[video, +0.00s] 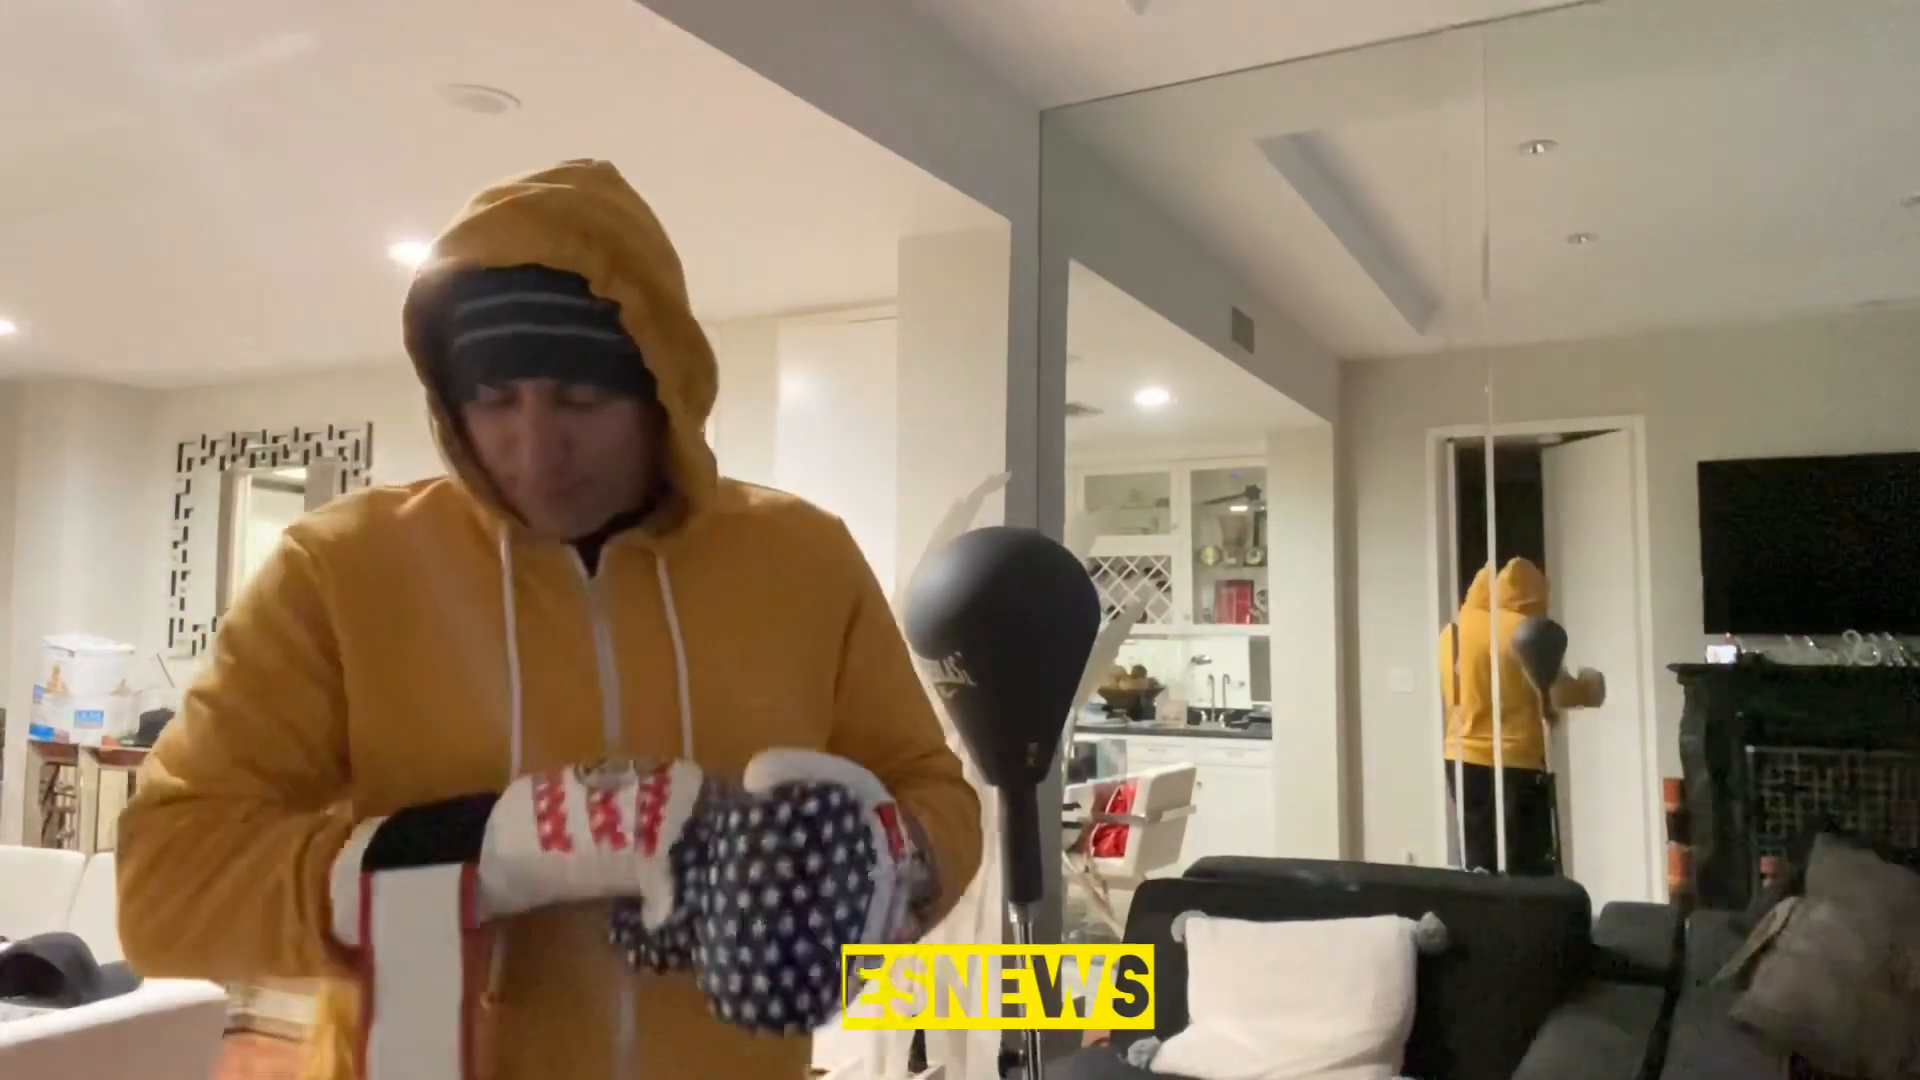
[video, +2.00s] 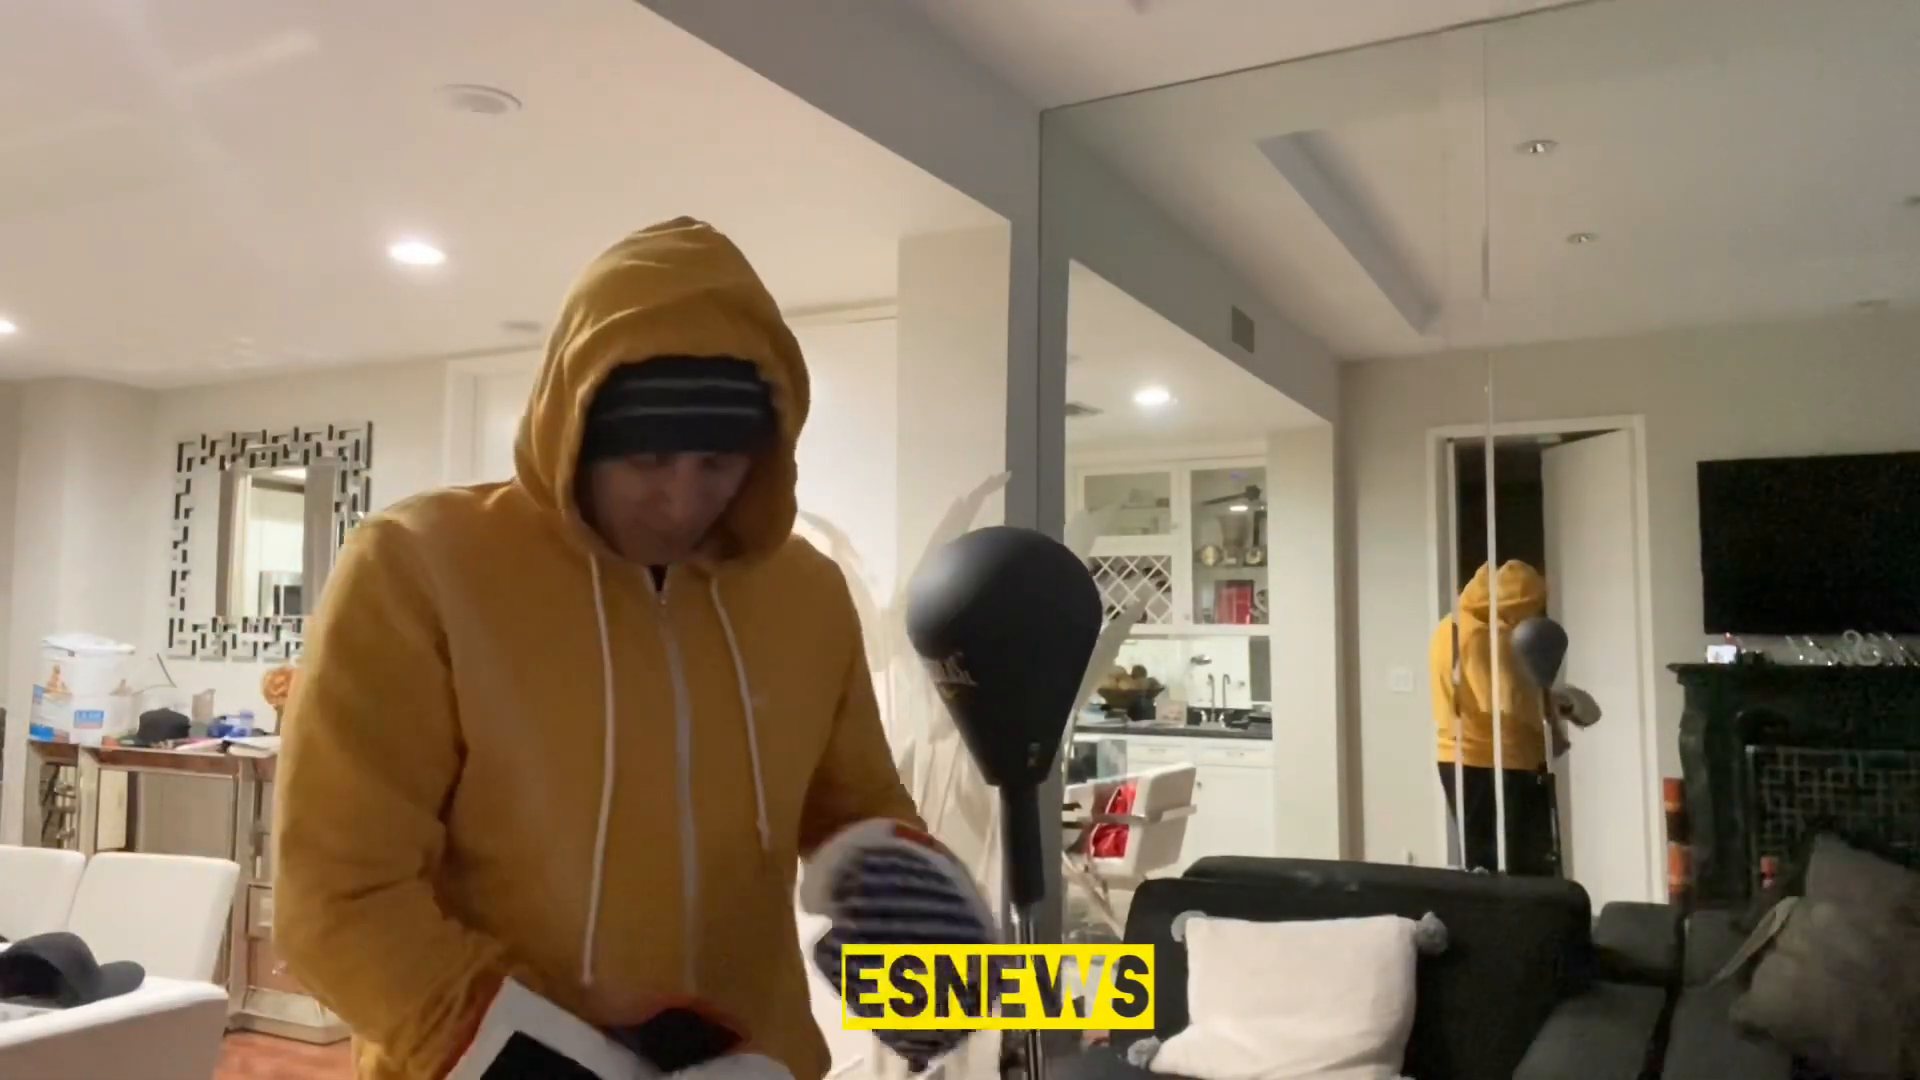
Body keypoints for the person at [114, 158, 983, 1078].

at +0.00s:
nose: (536, 445)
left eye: (580, 396)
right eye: (496, 399)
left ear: (661, 390)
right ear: (451, 408)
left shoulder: (799, 561)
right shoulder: (338, 578)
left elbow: (933, 796)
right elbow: (166, 880)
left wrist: (856, 859)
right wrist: (469, 851)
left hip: (738, 1066)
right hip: (441, 1066)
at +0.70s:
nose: (640, 365)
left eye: (680, 326)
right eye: (602, 325)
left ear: (738, 353)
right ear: (553, 354)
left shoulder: (849, 581)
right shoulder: (418, 559)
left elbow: (1006, 812)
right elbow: (273, 850)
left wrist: (950, 824)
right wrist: (587, 791)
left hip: (764, 1064)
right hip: (474, 1063)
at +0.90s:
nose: (646, 357)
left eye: (686, 321)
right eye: (609, 321)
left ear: (740, 357)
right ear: (562, 356)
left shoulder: (848, 579)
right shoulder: (437, 553)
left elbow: (1003, 772)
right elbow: (356, 814)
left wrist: (903, 835)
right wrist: (671, 711)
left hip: (768, 1057)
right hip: (488, 1052)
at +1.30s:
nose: (646, 429)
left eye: (685, 390)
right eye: (609, 390)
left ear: (745, 408)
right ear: (564, 411)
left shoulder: (846, 593)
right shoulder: (453, 552)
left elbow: (1004, 812)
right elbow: (341, 778)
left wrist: (816, 898)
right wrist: (610, 763)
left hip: (756, 1061)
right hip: (483, 1054)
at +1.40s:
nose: (644, 438)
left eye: (684, 397)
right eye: (609, 397)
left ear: (744, 411)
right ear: (564, 413)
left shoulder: (845, 602)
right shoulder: (447, 560)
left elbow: (977, 820)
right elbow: (324, 808)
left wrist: (848, 917)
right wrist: (588, 838)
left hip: (759, 1066)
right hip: (486, 1059)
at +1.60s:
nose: (653, 476)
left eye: (691, 432)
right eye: (613, 433)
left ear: (744, 435)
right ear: (559, 435)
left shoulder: (832, 606)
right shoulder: (433, 574)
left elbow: (905, 855)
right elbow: (346, 863)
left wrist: (910, 1039)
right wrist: (595, 953)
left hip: (749, 1066)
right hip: (476, 1063)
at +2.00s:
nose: (681, 500)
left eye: (717, 461)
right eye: (646, 458)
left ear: (755, 458)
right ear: (576, 439)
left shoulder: (806, 597)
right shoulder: (418, 572)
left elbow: (864, 821)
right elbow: (339, 902)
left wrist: (913, 924)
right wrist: (562, 1053)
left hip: (758, 1062)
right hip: (509, 1060)